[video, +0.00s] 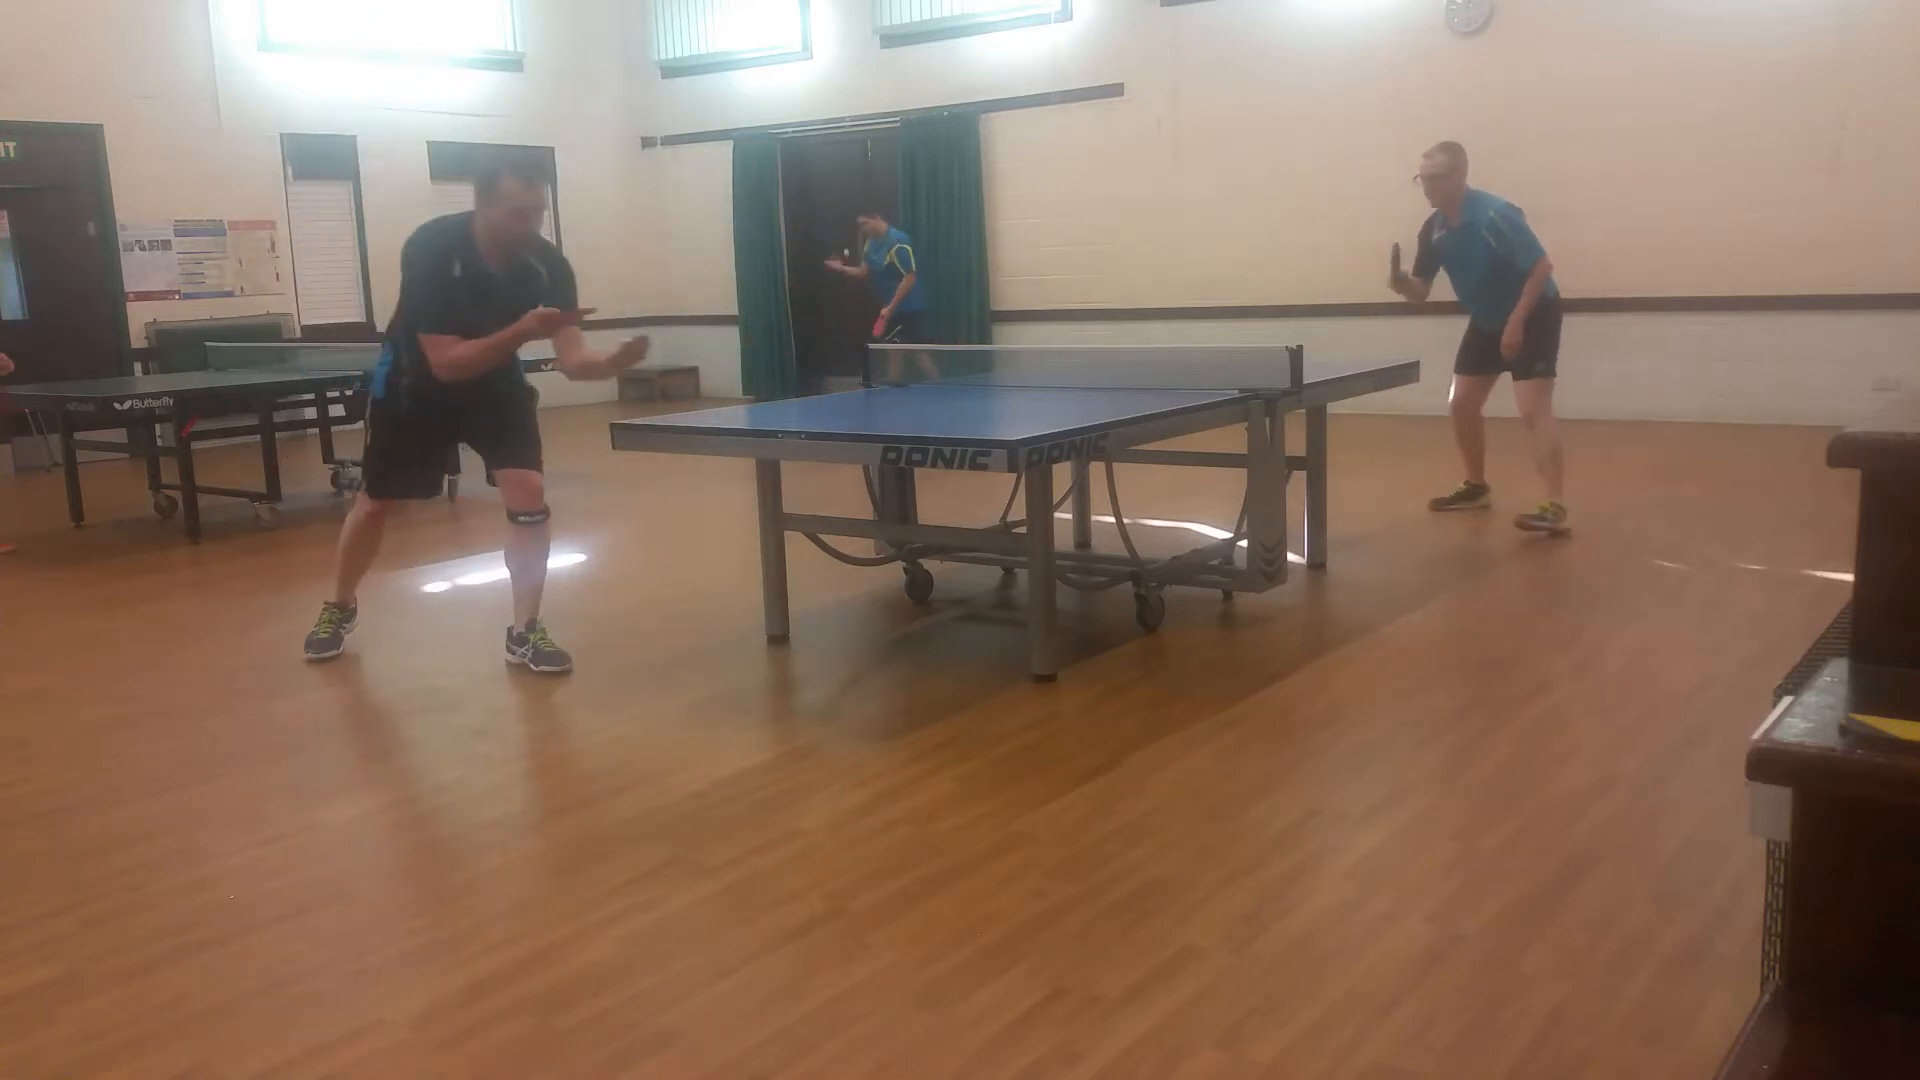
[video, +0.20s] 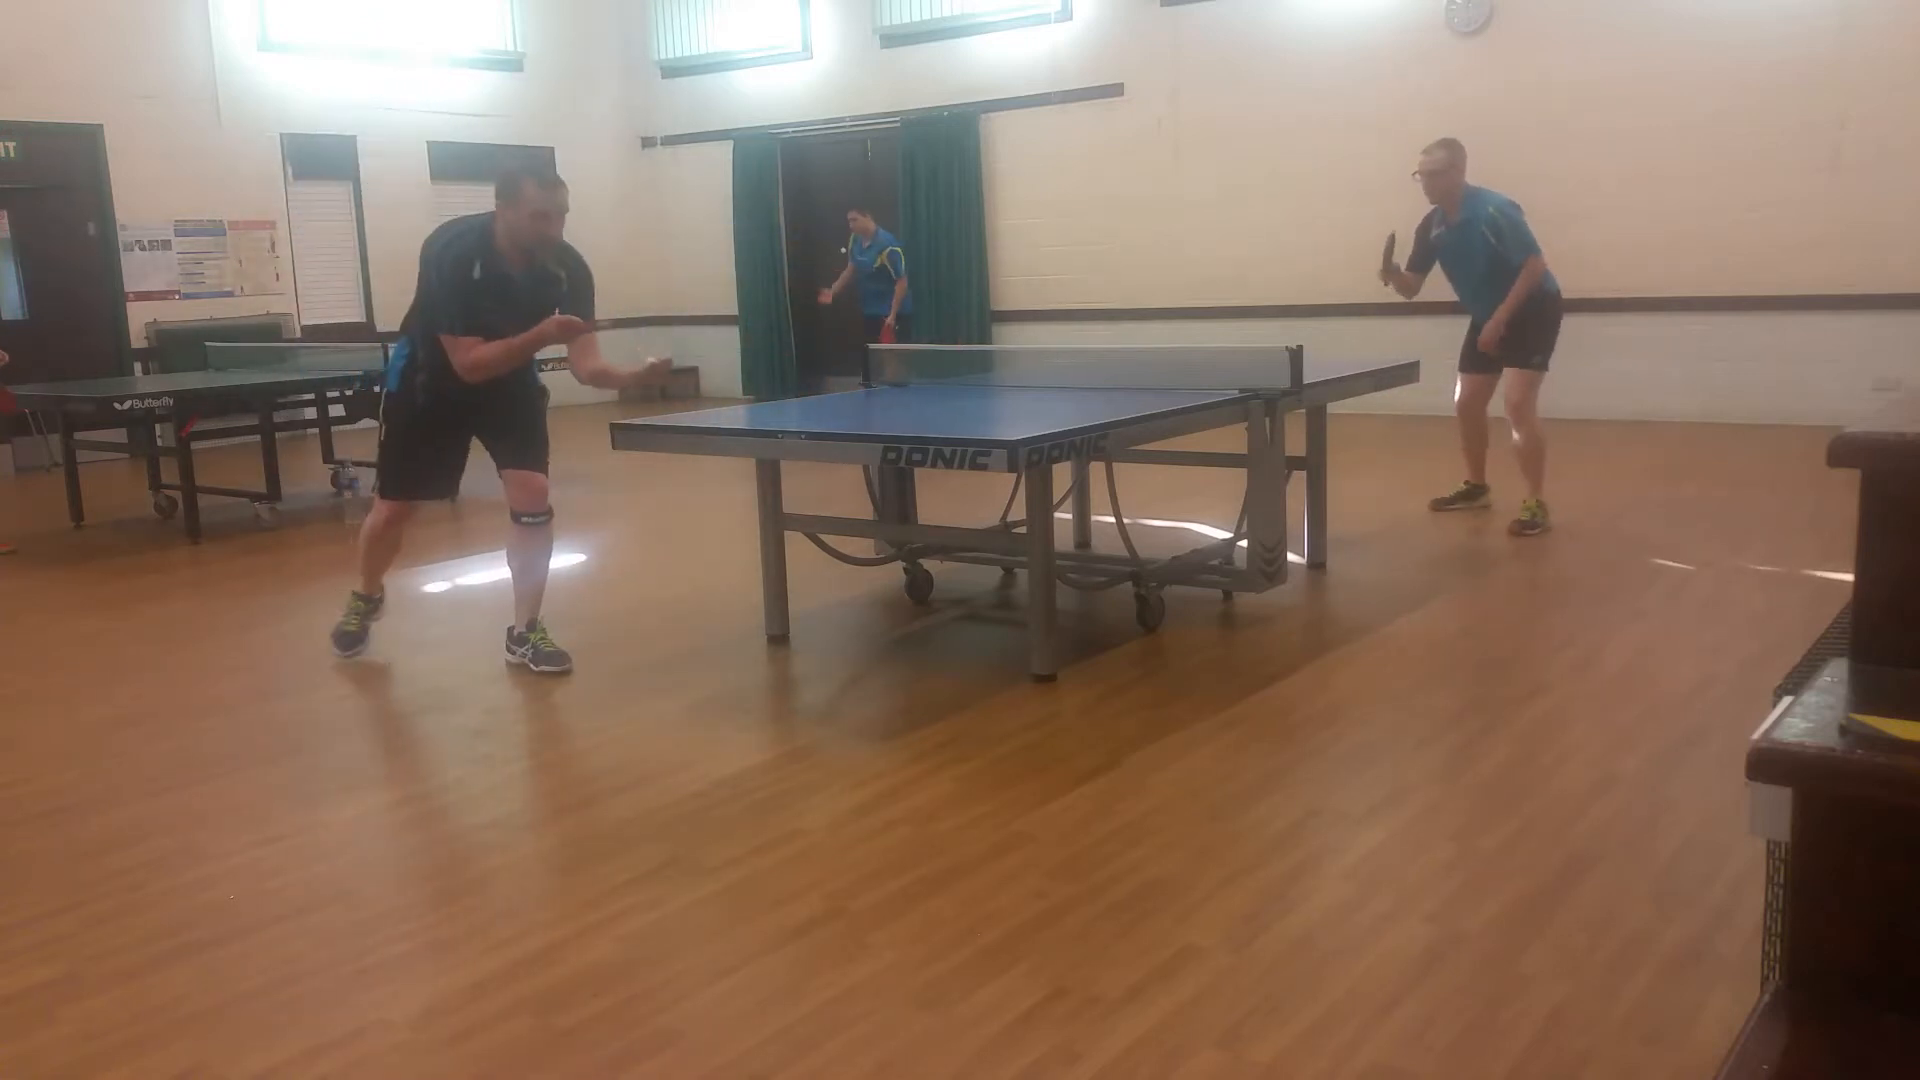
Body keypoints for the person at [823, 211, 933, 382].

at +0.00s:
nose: (863, 229)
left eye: (864, 224)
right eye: (861, 226)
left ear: (876, 219)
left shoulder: (898, 241)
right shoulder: (871, 243)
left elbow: (910, 277)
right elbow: (862, 272)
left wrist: (890, 308)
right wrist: (841, 268)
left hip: (908, 306)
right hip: (892, 306)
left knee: (894, 350)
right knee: (916, 350)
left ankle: (893, 395)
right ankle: (940, 388)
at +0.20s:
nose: (851, 225)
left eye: (854, 220)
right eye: (849, 221)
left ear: (867, 218)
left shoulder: (887, 244)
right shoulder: (855, 239)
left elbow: (902, 282)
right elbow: (851, 269)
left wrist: (893, 315)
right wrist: (832, 291)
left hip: (890, 312)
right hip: (869, 311)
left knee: (892, 358)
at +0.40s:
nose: (841, 227)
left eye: (845, 223)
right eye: (839, 223)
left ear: (859, 222)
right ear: (837, 224)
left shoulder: (878, 244)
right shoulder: (840, 240)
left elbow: (889, 276)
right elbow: (838, 270)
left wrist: (862, 303)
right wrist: (838, 300)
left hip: (879, 308)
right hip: (851, 307)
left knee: (880, 351)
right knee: (845, 351)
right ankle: (856, 389)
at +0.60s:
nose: (821, 232)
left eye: (824, 227)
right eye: (819, 228)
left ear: (837, 227)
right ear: (818, 228)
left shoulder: (858, 244)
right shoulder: (821, 245)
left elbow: (867, 278)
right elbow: (822, 273)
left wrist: (842, 269)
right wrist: (821, 301)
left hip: (864, 313)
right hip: (834, 313)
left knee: (870, 358)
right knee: (828, 357)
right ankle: (826, 408)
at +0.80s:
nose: (795, 224)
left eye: (799, 219)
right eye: (792, 220)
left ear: (812, 219)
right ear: (790, 223)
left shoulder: (835, 244)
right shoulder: (796, 245)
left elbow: (852, 275)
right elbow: (797, 276)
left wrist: (835, 304)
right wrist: (795, 305)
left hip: (839, 315)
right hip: (810, 315)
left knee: (840, 361)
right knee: (815, 362)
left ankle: (866, 377)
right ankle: (822, 410)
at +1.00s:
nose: (777, 218)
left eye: (781, 213)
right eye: (775, 214)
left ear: (795, 214)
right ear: (773, 217)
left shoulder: (818, 242)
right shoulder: (775, 241)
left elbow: (837, 279)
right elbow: (769, 275)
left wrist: (850, 310)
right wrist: (762, 304)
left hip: (817, 310)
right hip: (791, 312)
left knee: (808, 359)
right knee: (808, 360)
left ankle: (820, 407)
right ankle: (821, 406)